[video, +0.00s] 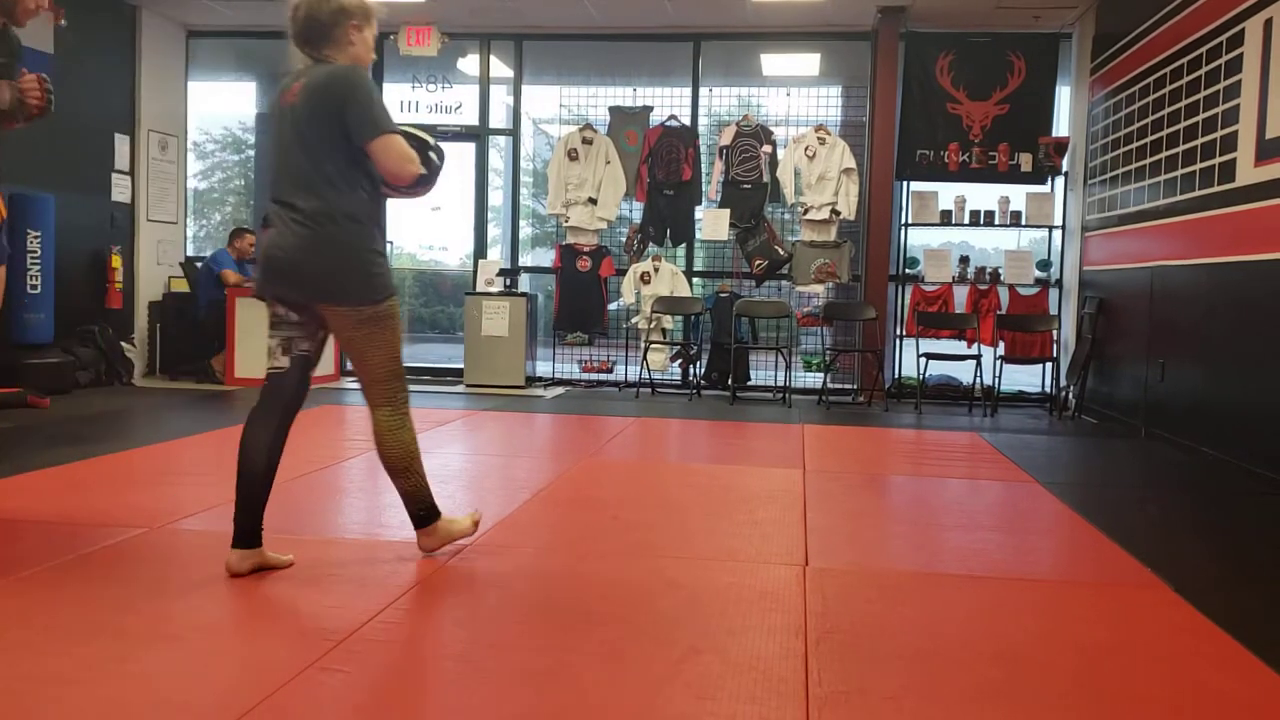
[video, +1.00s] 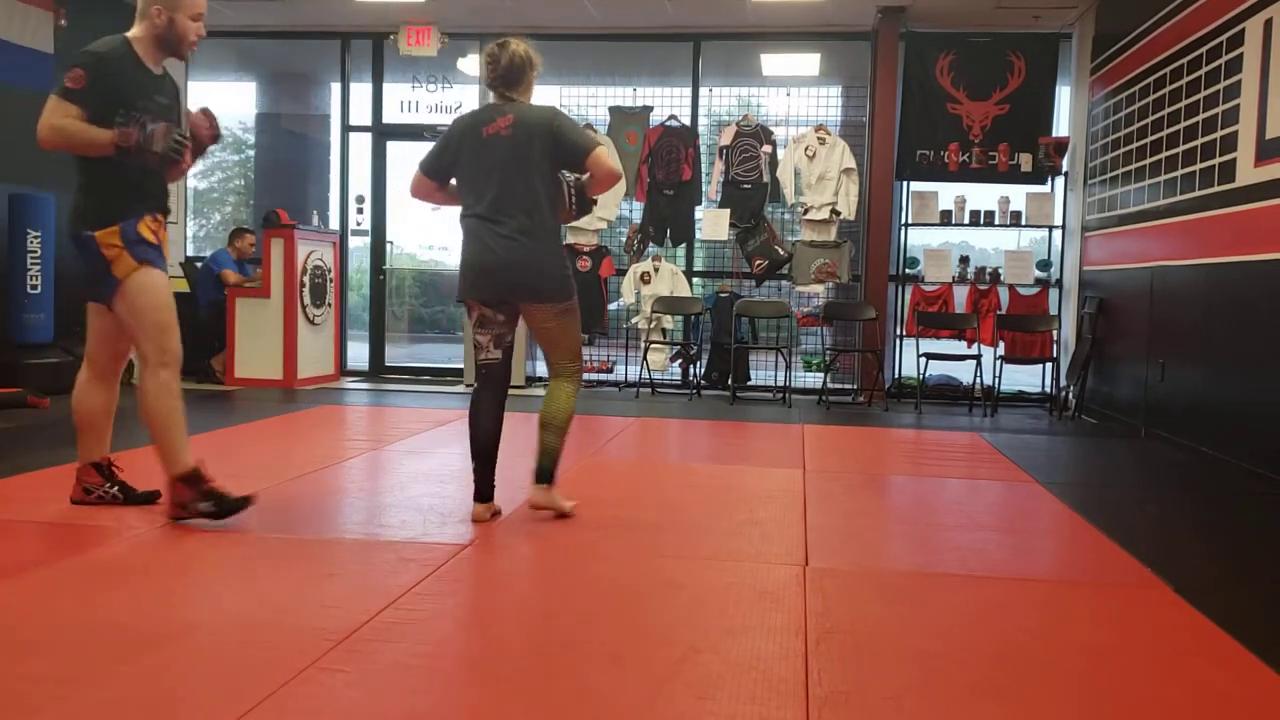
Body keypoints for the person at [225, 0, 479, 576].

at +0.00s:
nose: (373, 45)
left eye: (372, 35)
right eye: (371, 34)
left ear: (310, 38)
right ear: (352, 32)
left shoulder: (289, 93)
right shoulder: (349, 80)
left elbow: (326, 171)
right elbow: (400, 170)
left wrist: (396, 173)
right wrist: (419, 157)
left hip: (284, 259)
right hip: (347, 260)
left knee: (279, 395)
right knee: (388, 397)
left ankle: (245, 545)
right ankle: (429, 524)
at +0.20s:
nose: (436, 51)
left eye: (436, 42)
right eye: (434, 42)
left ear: (375, 45)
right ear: (415, 42)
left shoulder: (345, 99)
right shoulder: (417, 92)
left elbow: (336, 188)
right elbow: (470, 179)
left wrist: (411, 184)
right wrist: (472, 167)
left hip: (352, 253)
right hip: (414, 253)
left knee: (358, 391)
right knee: (434, 394)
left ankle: (278, 509)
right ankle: (437, 530)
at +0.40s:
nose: (469, 55)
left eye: (467, 46)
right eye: (468, 47)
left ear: (412, 50)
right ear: (461, 49)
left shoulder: (385, 102)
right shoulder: (475, 98)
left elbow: (353, 179)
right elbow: (529, 172)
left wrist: (401, 183)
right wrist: (511, 186)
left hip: (396, 256)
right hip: (458, 255)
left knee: (428, 376)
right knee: (449, 393)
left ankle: (400, 498)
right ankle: (436, 528)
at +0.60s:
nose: (493, 69)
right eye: (492, 61)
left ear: (441, 67)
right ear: (489, 66)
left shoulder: (416, 116)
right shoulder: (509, 111)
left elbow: (367, 176)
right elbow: (577, 166)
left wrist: (427, 182)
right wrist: (538, 192)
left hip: (432, 263)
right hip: (493, 261)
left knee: (469, 383)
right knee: (461, 392)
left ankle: (479, 496)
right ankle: (436, 526)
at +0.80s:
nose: (509, 77)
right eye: (510, 71)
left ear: (462, 75)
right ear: (507, 75)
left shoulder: (437, 125)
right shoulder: (528, 116)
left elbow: (396, 189)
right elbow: (592, 170)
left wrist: (449, 195)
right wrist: (555, 193)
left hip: (457, 267)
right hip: (515, 265)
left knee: (479, 379)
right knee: (514, 385)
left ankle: (484, 498)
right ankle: (461, 489)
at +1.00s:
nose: (534, 83)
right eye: (533, 76)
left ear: (487, 79)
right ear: (531, 79)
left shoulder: (464, 127)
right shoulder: (549, 120)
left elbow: (423, 187)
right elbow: (609, 170)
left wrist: (474, 196)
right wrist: (575, 200)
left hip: (481, 268)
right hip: (541, 268)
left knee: (489, 378)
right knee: (564, 371)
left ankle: (483, 500)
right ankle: (543, 486)